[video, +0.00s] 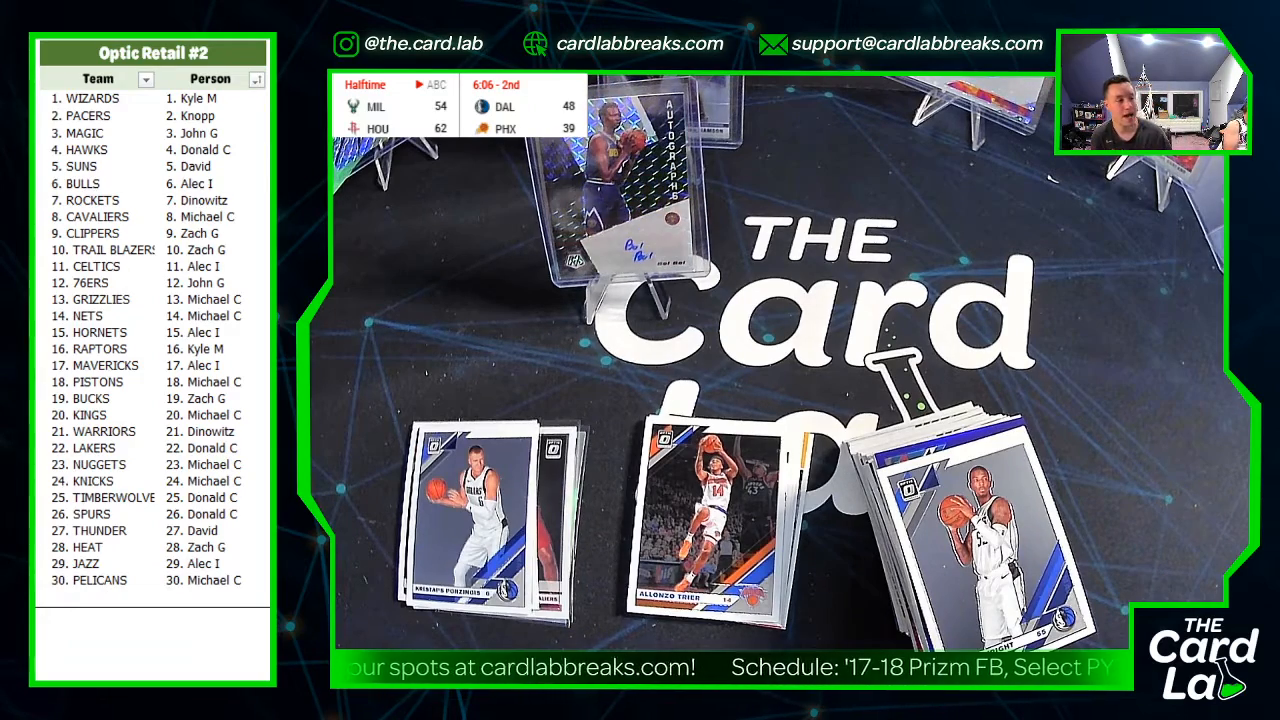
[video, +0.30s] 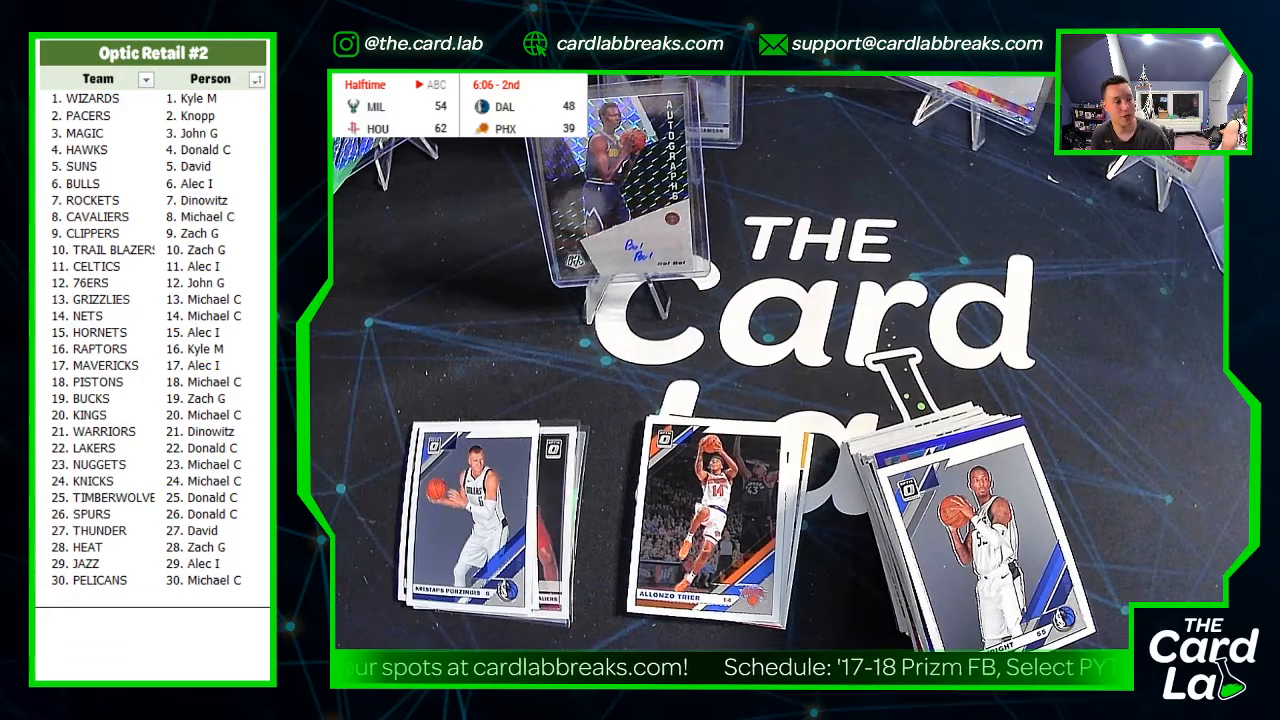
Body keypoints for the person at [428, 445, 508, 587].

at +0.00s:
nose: (480, 463)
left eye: (481, 460)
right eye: (475, 460)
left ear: (484, 459)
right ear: (469, 461)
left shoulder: (491, 476)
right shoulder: (464, 476)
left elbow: (488, 511)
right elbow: (464, 503)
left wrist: (465, 504)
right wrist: (439, 500)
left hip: (496, 531)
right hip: (478, 531)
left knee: (495, 572)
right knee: (459, 571)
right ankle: (460, 606)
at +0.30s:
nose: (480, 464)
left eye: (481, 460)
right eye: (475, 461)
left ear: (484, 459)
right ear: (469, 461)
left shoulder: (491, 477)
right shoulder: (464, 476)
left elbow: (488, 511)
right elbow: (464, 503)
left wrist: (466, 504)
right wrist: (439, 500)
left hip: (496, 530)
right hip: (478, 531)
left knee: (495, 571)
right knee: (459, 571)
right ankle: (461, 606)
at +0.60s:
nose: (480, 464)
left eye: (481, 460)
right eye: (475, 461)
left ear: (484, 459)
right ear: (469, 461)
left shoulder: (491, 477)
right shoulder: (464, 476)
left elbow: (488, 512)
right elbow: (464, 503)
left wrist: (466, 504)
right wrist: (439, 500)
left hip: (496, 530)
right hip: (478, 531)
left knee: (495, 571)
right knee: (459, 571)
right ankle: (461, 606)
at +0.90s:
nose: (480, 464)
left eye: (482, 460)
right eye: (476, 461)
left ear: (484, 459)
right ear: (469, 461)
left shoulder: (491, 477)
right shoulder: (464, 476)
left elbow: (488, 512)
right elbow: (464, 503)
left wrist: (466, 504)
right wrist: (439, 500)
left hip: (496, 530)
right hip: (478, 531)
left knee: (494, 572)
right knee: (459, 571)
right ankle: (461, 604)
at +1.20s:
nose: (480, 463)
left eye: (482, 460)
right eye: (475, 460)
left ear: (484, 459)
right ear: (469, 461)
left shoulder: (491, 477)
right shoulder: (464, 476)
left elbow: (488, 512)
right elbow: (463, 503)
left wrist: (465, 504)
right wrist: (439, 500)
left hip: (496, 531)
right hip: (478, 531)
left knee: (494, 572)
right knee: (459, 571)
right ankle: (460, 606)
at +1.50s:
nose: (480, 463)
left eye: (482, 460)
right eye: (475, 460)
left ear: (484, 459)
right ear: (469, 461)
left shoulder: (491, 477)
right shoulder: (464, 476)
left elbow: (488, 512)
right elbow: (463, 503)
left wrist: (465, 504)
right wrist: (439, 500)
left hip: (496, 531)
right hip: (478, 531)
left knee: (494, 572)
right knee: (459, 571)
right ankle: (460, 606)